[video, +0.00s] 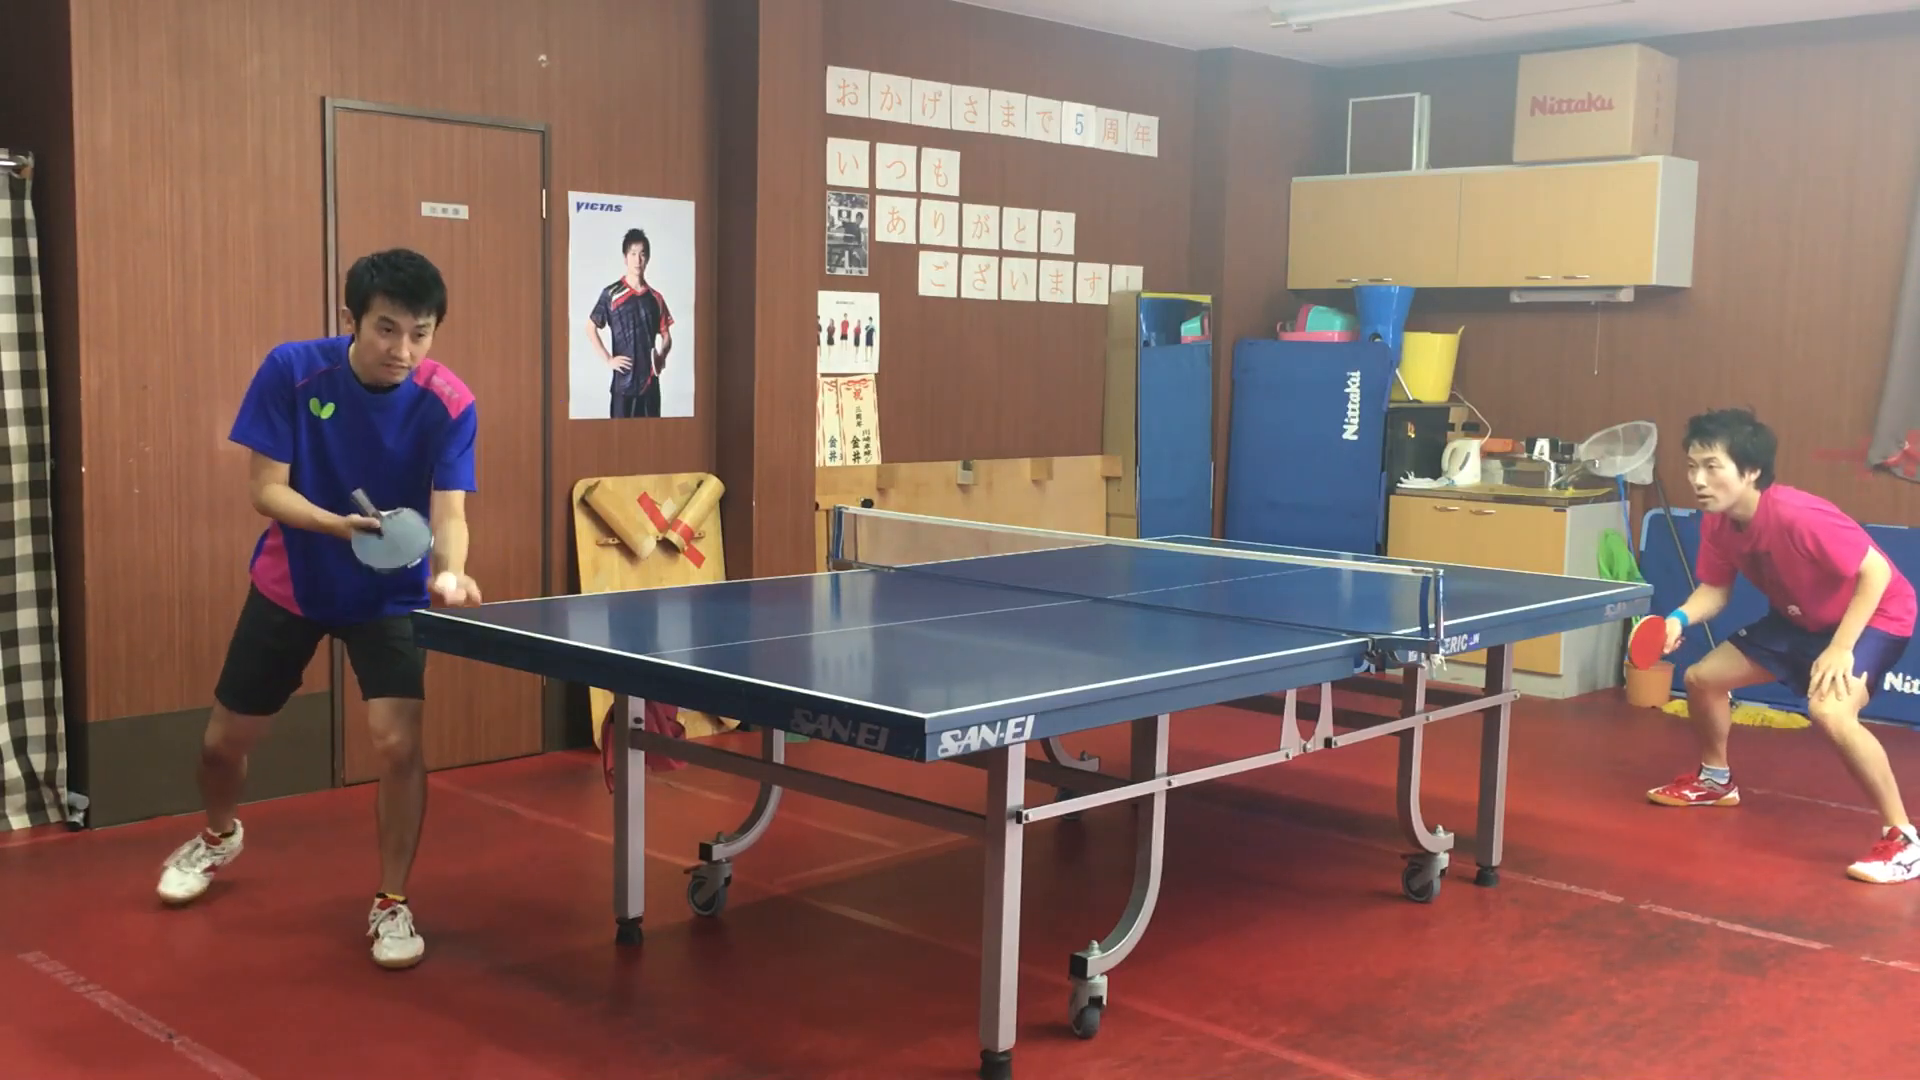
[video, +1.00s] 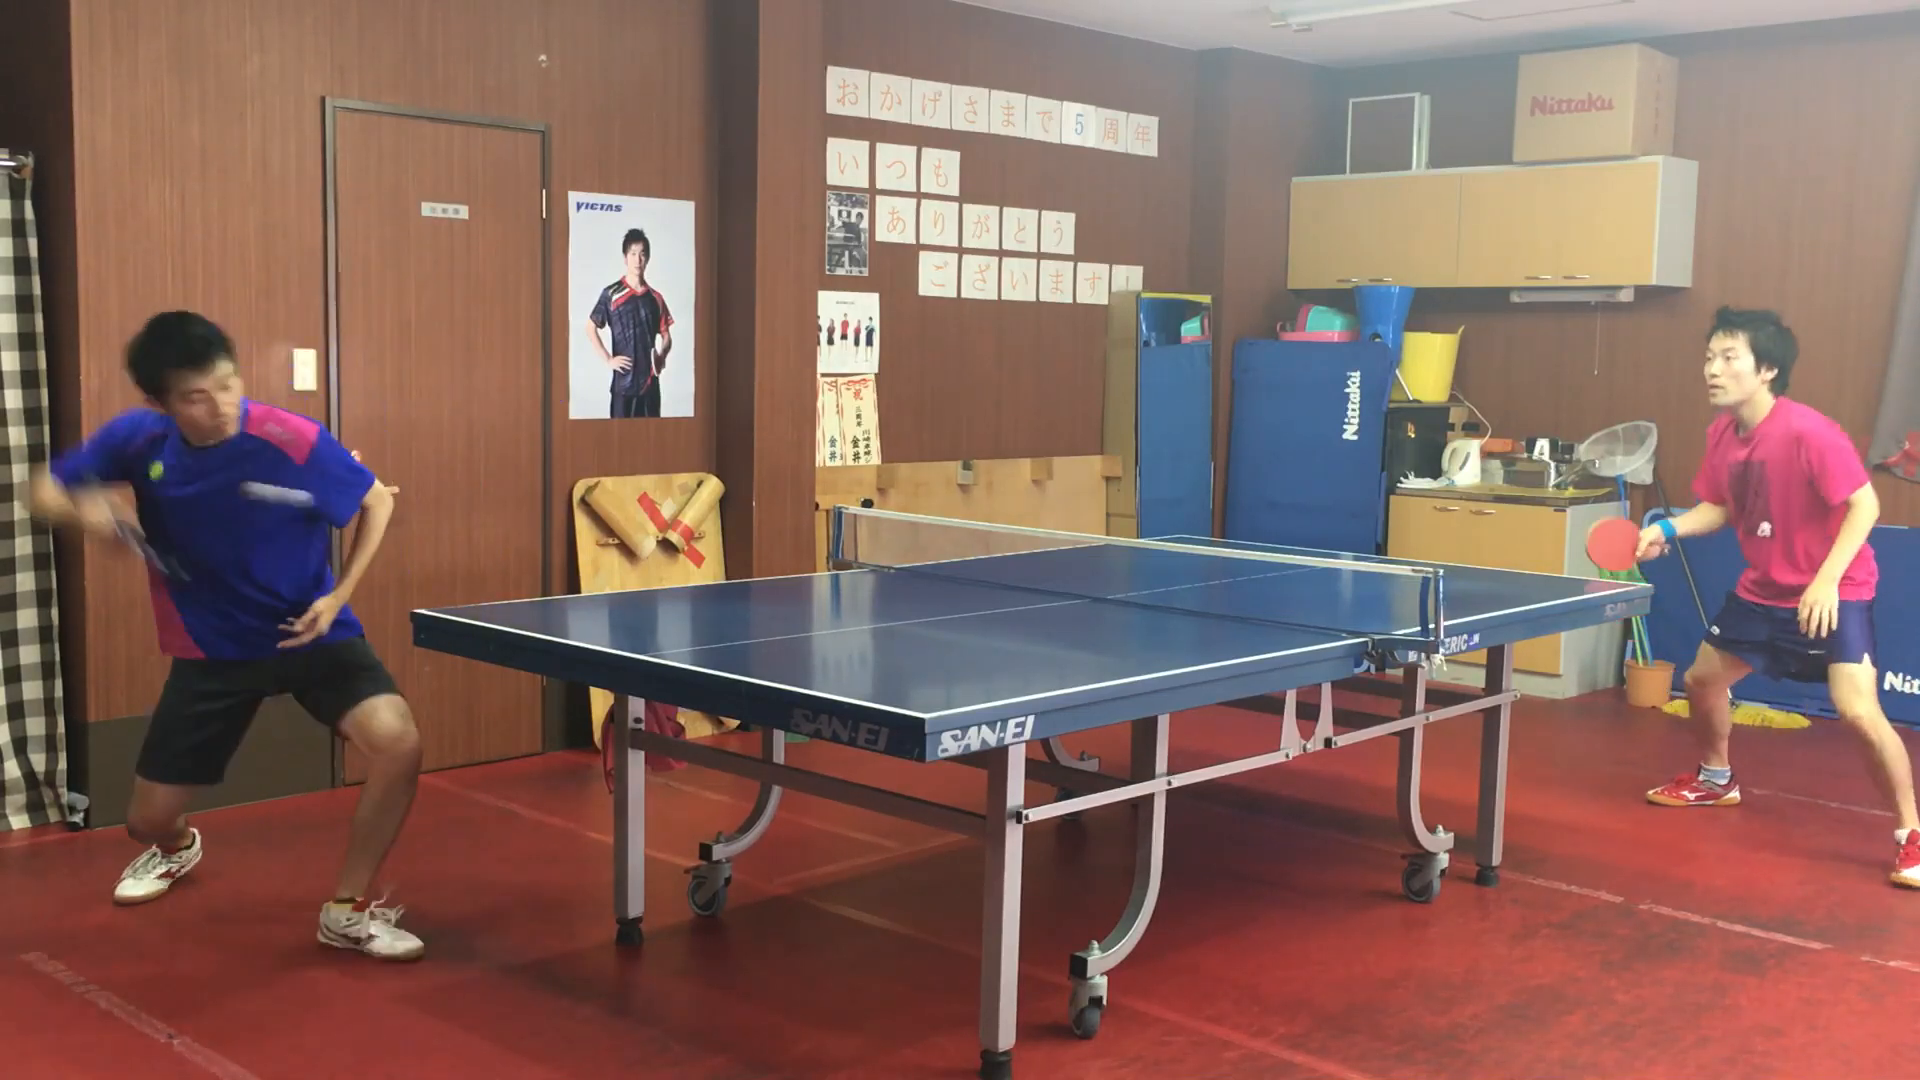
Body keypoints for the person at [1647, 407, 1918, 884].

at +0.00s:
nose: (1697, 480)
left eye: (1711, 467)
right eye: (1692, 467)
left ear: (1751, 473)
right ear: (1686, 470)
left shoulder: (1799, 517)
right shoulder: (1718, 521)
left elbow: (1877, 571)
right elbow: (1714, 590)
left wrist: (1841, 646)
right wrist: (1677, 620)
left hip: (1877, 617)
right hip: (1801, 617)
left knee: (1829, 711)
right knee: (1703, 679)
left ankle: (1903, 836)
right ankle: (1713, 780)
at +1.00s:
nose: (1711, 370)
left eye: (1727, 359)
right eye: (1709, 359)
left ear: (1767, 373)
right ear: (1706, 366)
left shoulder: (1809, 432)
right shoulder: (1723, 432)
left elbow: (1865, 506)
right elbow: (1718, 508)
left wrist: (1827, 578)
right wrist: (1668, 528)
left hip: (1835, 588)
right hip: (1763, 585)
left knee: (1857, 709)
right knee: (1703, 679)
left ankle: (1911, 831)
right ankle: (1714, 776)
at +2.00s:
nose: (1549, 364)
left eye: (1564, 351)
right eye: (1543, 352)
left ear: (1606, 359)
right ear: (1538, 360)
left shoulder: (1664, 409)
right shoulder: (1538, 439)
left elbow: (1729, 464)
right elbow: (1515, 516)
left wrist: (1763, 514)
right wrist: (1474, 531)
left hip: (1685, 591)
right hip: (1593, 592)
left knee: (1760, 701)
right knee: (1512, 681)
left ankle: (1832, 827)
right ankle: (1488, 811)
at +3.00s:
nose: (1669, 359)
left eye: (1683, 348)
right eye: (1662, 348)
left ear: (1712, 358)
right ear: (1654, 354)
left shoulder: (1734, 402)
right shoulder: (1666, 414)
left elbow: (1713, 475)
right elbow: (1667, 477)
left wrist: (1654, 443)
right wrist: (1609, 488)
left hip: (1771, 546)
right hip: (1704, 543)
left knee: (1814, 654)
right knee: (1641, 624)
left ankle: (1858, 735)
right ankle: (1641, 719)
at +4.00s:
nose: (1382, 319)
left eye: (1395, 313)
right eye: (1381, 310)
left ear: (1421, 324)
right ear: (1377, 312)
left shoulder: (1430, 363)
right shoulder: (1393, 365)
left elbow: (1482, 408)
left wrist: (1534, 452)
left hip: (1410, 509)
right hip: (1379, 504)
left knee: (1367, 593)